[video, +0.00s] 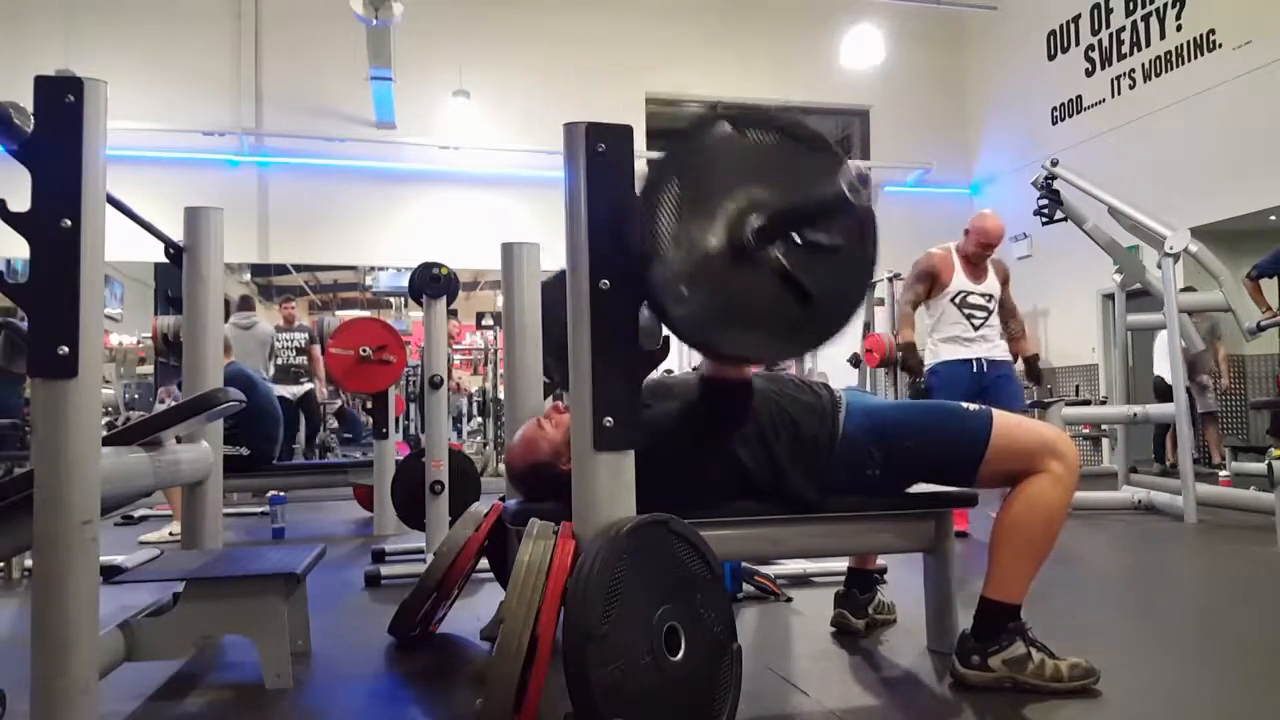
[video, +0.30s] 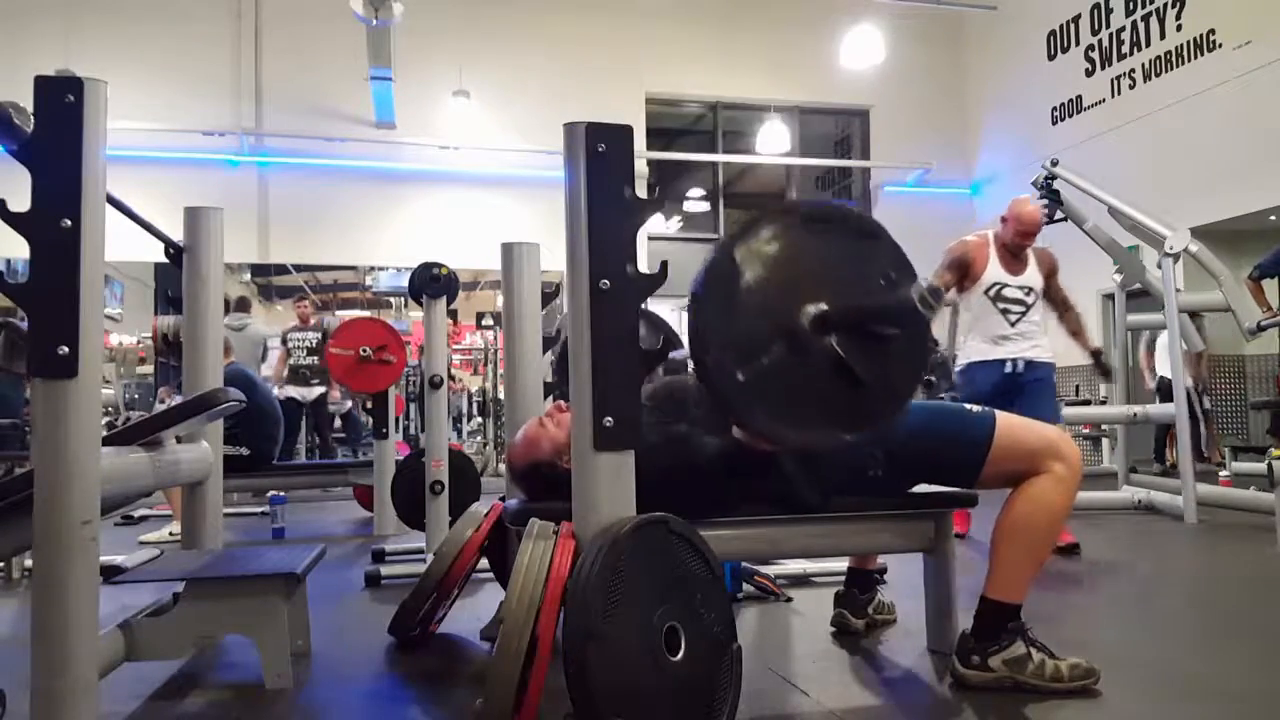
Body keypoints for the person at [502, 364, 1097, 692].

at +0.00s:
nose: (553, 410)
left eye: (544, 413)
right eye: (544, 425)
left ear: (561, 421)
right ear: (555, 461)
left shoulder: (607, 436)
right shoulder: (617, 460)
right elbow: (714, 408)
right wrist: (731, 306)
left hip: (814, 430)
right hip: (837, 435)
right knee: (1055, 456)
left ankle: (860, 595)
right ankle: (993, 640)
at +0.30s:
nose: (546, 418)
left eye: (539, 420)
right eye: (541, 431)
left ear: (551, 423)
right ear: (552, 457)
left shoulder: (605, 422)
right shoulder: (600, 452)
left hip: (778, 425)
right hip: (818, 441)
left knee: (900, 433)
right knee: (1057, 455)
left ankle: (859, 593)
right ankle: (992, 641)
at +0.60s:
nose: (553, 404)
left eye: (543, 410)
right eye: (548, 419)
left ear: (561, 450)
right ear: (566, 450)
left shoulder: (618, 435)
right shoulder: (640, 440)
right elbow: (761, 453)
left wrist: (657, 382)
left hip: (808, 430)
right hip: (850, 435)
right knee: (1059, 457)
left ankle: (858, 596)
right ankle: (991, 642)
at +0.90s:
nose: (555, 405)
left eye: (544, 410)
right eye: (548, 421)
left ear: (563, 428)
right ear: (564, 455)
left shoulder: (621, 425)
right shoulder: (630, 458)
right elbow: (757, 462)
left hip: (807, 430)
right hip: (840, 445)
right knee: (1059, 455)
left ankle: (858, 595)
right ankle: (994, 641)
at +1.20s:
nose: (546, 412)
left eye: (538, 417)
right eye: (540, 428)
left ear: (557, 422)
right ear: (557, 461)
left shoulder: (608, 425)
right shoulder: (607, 451)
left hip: (806, 426)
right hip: (835, 434)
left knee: (921, 435)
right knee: (1053, 456)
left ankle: (858, 596)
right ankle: (992, 640)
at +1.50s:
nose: (544, 406)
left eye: (533, 411)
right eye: (536, 425)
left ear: (556, 445)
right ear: (558, 460)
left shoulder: (611, 417)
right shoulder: (622, 431)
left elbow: (653, 289)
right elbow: (662, 290)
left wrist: (660, 177)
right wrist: (658, 173)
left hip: (811, 418)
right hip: (837, 431)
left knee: (906, 432)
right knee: (1049, 450)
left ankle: (861, 596)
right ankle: (992, 642)